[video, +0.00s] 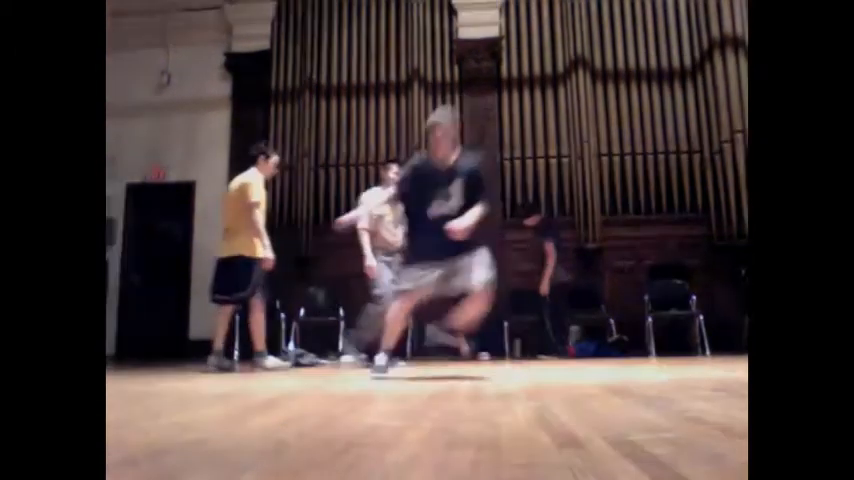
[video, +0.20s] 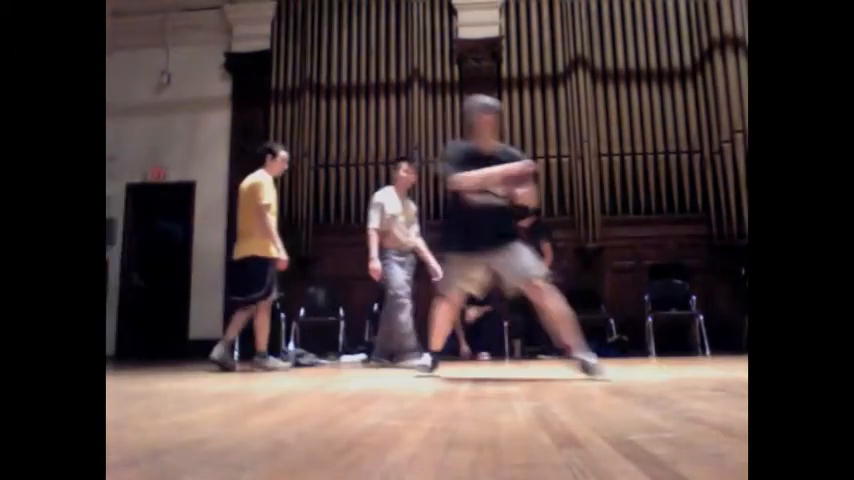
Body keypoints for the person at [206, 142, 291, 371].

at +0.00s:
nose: (275, 171)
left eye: (276, 166)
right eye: (274, 165)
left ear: (259, 162)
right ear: (262, 160)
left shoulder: (237, 182)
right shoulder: (254, 180)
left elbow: (232, 222)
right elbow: (255, 215)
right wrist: (267, 247)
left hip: (231, 253)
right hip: (249, 253)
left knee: (226, 306)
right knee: (257, 303)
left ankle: (217, 353)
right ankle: (261, 353)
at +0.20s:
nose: (284, 167)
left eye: (286, 162)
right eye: (283, 161)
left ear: (269, 160)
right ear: (270, 159)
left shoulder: (249, 182)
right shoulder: (263, 182)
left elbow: (251, 221)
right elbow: (266, 218)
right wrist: (280, 249)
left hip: (247, 253)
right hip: (260, 253)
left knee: (251, 304)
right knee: (262, 302)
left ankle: (224, 346)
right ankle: (262, 353)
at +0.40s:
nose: (291, 165)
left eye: (292, 161)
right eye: (288, 160)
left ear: (278, 161)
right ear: (275, 159)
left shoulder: (270, 183)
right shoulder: (267, 182)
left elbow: (273, 219)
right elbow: (270, 216)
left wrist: (283, 251)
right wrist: (287, 248)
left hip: (271, 253)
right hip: (265, 253)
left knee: (279, 300)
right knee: (266, 302)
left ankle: (250, 339)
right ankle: (261, 352)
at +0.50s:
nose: (293, 165)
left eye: (294, 160)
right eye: (290, 160)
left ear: (281, 161)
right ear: (276, 160)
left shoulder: (274, 183)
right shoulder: (267, 182)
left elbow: (275, 218)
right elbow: (269, 215)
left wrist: (287, 249)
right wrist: (286, 247)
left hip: (275, 253)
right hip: (266, 253)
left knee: (283, 301)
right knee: (268, 301)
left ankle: (261, 347)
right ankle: (261, 351)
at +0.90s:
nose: (301, 166)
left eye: (303, 162)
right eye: (297, 161)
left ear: (304, 166)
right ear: (285, 162)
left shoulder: (295, 192)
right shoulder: (274, 182)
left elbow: (296, 228)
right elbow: (266, 212)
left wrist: (307, 255)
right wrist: (266, 243)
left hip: (293, 253)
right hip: (278, 250)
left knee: (289, 303)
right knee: (274, 300)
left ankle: (287, 350)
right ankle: (262, 353)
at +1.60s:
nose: (304, 168)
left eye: (307, 163)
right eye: (300, 163)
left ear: (308, 167)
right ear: (288, 164)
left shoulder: (306, 193)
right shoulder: (272, 186)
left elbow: (308, 226)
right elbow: (262, 217)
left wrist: (316, 255)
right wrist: (260, 248)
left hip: (296, 254)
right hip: (274, 253)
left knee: (290, 306)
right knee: (270, 303)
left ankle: (287, 351)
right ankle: (265, 354)